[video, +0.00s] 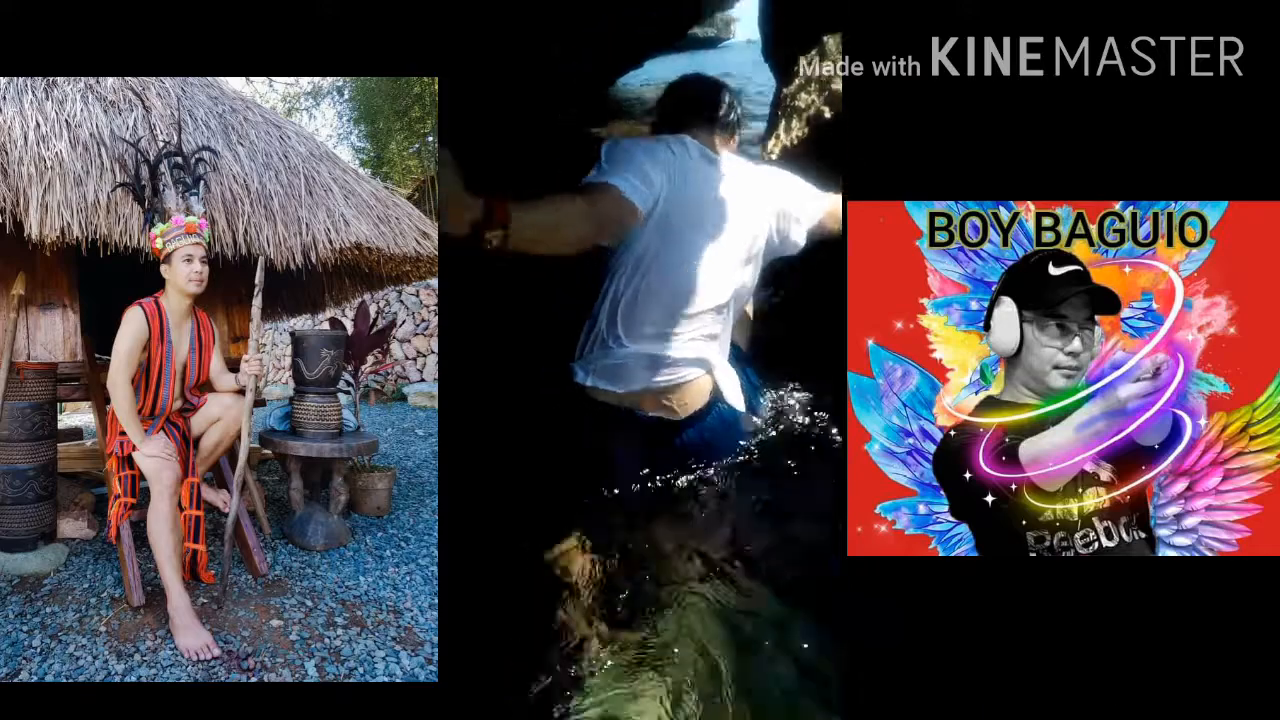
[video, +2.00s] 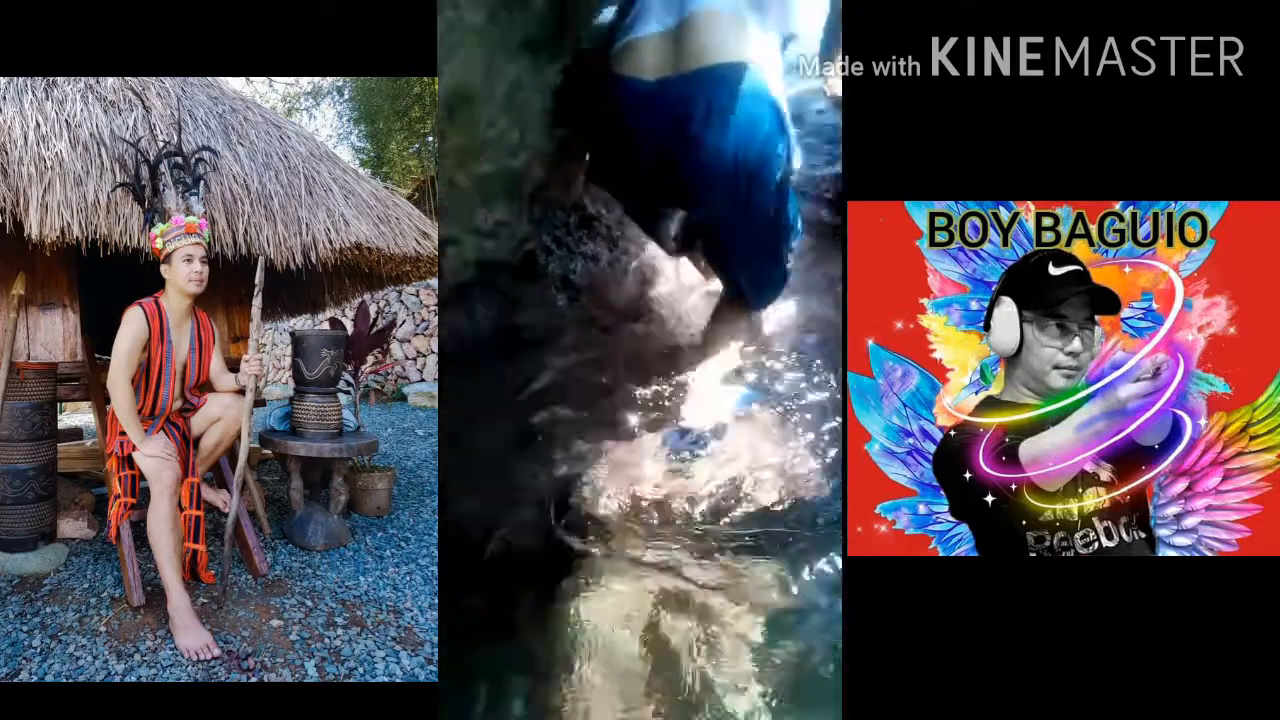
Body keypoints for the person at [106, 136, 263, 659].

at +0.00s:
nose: (198, 269)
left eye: (203, 260)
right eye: (187, 261)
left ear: (207, 267)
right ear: (164, 267)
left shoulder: (205, 322)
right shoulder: (142, 316)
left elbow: (220, 380)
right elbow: (117, 380)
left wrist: (242, 380)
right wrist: (138, 439)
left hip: (181, 419)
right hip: (141, 425)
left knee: (237, 407)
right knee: (169, 476)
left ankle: (191, 478)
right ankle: (179, 605)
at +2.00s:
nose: (198, 268)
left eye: (203, 260)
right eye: (187, 260)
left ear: (207, 266)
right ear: (164, 267)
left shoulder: (206, 324)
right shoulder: (142, 316)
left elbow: (221, 382)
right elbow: (117, 380)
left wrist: (244, 379)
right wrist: (138, 440)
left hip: (180, 420)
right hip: (140, 425)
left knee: (237, 407)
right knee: (169, 476)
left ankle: (191, 479)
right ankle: (179, 606)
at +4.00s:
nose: (198, 268)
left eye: (203, 260)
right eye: (187, 260)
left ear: (208, 267)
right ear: (165, 267)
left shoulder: (206, 324)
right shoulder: (142, 316)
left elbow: (220, 381)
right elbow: (117, 380)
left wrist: (243, 381)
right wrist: (138, 440)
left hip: (180, 419)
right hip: (140, 424)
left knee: (236, 407)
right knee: (169, 476)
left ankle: (191, 478)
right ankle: (179, 605)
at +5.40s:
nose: (199, 268)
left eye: (203, 260)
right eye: (188, 260)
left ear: (207, 266)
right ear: (164, 267)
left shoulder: (206, 323)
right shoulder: (142, 316)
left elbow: (220, 382)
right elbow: (117, 380)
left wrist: (243, 381)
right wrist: (138, 440)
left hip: (181, 419)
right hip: (140, 425)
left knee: (238, 407)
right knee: (168, 477)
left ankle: (191, 479)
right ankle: (179, 607)